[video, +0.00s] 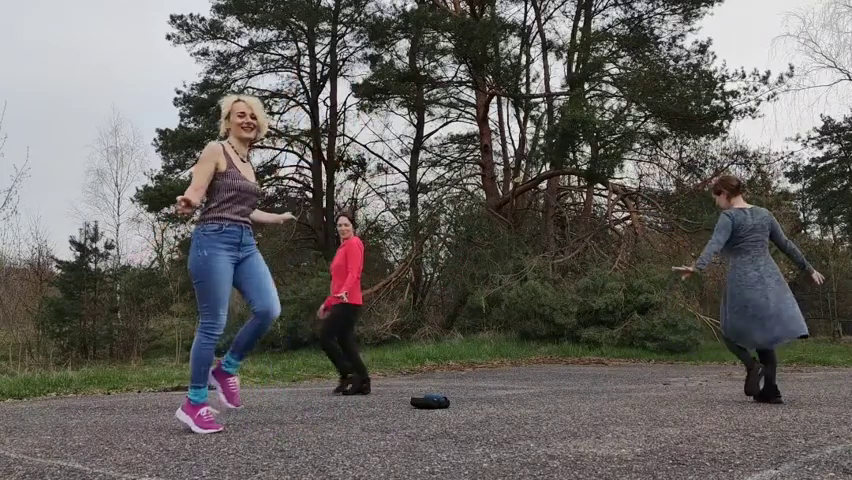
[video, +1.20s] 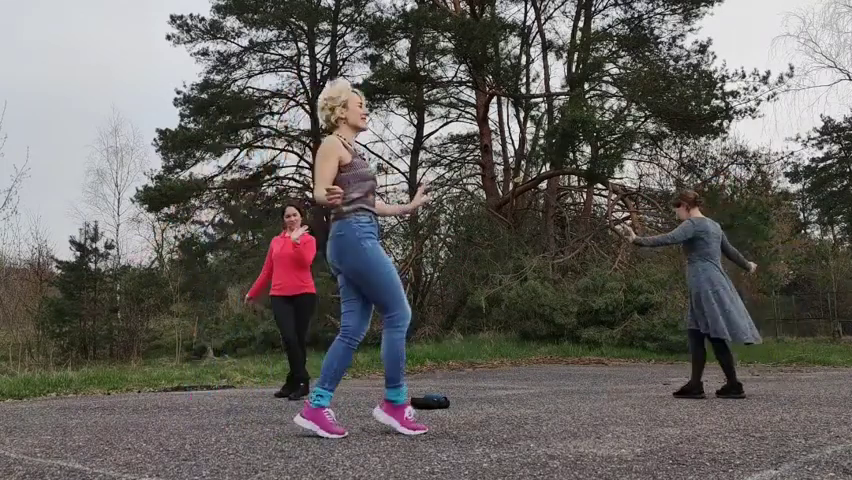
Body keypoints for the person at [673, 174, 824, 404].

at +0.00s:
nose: (716, 202)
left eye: (716, 197)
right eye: (715, 198)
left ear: (725, 194)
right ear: (739, 192)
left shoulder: (728, 217)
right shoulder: (764, 214)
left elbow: (715, 243)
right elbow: (786, 244)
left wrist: (697, 266)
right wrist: (810, 269)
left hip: (742, 280)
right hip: (768, 278)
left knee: (730, 333)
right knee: (763, 332)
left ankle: (751, 364)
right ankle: (770, 388)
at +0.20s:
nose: (712, 203)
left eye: (712, 198)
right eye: (711, 199)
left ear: (721, 194)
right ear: (736, 192)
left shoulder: (724, 218)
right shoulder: (759, 212)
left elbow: (699, 238)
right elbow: (782, 234)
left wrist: (668, 246)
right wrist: (803, 244)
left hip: (734, 280)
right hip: (761, 278)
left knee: (730, 330)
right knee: (761, 331)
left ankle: (735, 381)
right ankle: (770, 387)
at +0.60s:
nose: (698, 208)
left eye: (698, 202)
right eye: (697, 203)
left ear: (707, 200)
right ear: (716, 198)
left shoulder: (706, 224)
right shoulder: (740, 219)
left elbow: (681, 244)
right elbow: (764, 239)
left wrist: (650, 250)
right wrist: (791, 250)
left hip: (714, 283)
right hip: (739, 280)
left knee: (722, 334)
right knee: (746, 330)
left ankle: (733, 384)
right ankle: (762, 379)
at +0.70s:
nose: (695, 209)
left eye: (696, 204)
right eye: (694, 204)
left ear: (704, 201)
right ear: (713, 199)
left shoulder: (705, 225)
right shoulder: (738, 221)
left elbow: (679, 245)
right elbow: (762, 242)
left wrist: (648, 252)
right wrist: (787, 256)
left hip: (714, 284)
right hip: (738, 282)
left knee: (718, 333)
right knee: (739, 331)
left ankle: (733, 384)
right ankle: (736, 375)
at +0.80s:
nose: (692, 211)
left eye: (693, 206)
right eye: (691, 206)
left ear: (702, 203)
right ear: (710, 202)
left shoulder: (704, 225)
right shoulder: (734, 222)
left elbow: (679, 244)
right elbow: (756, 245)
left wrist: (647, 252)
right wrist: (782, 262)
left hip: (714, 285)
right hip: (735, 282)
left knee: (716, 333)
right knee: (732, 326)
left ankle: (734, 385)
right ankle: (714, 352)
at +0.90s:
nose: (689, 212)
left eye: (690, 207)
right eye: (689, 208)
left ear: (697, 204)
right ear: (709, 203)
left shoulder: (701, 224)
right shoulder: (731, 223)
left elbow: (675, 243)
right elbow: (752, 248)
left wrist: (644, 248)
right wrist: (775, 264)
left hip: (713, 281)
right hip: (733, 280)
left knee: (717, 332)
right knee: (708, 319)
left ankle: (733, 383)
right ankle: (689, 350)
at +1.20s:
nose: (677, 213)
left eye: (678, 209)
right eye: (676, 209)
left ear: (686, 206)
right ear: (695, 206)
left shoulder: (691, 224)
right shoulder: (714, 226)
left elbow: (668, 239)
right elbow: (729, 250)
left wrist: (636, 240)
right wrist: (747, 265)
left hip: (703, 285)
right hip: (715, 283)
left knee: (713, 334)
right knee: (697, 333)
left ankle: (733, 383)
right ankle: (694, 383)